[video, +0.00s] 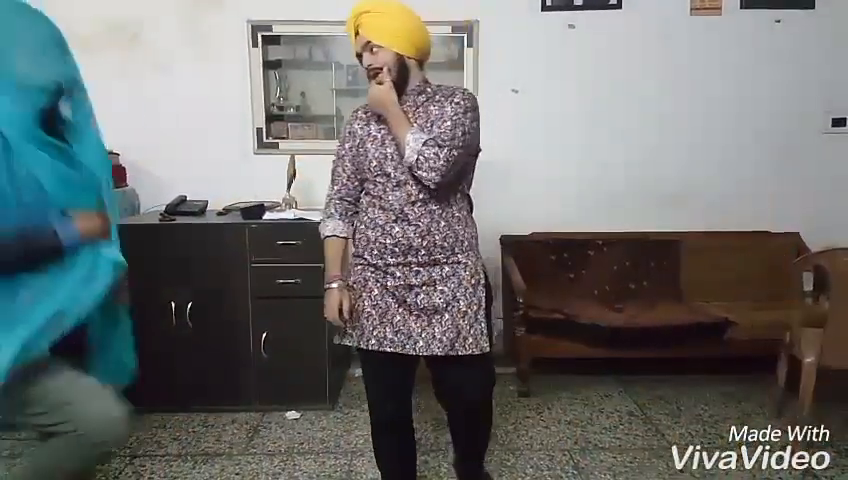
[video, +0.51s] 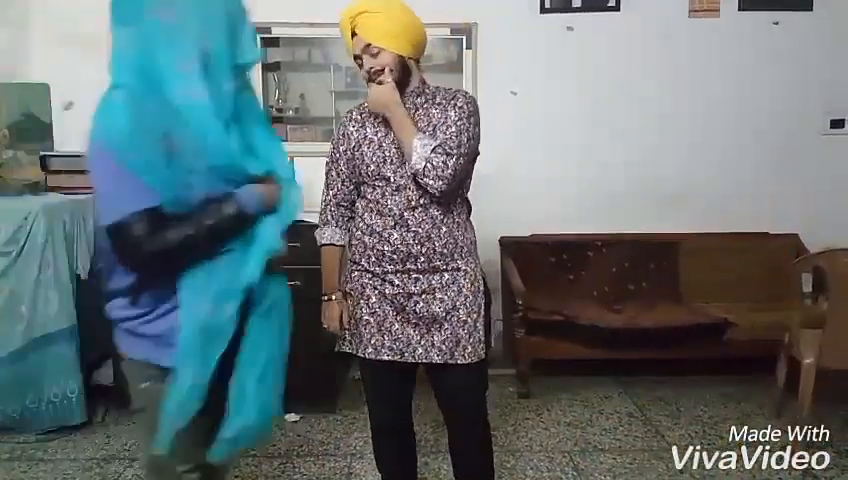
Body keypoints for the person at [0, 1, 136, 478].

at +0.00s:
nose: (59, 104)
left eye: (60, 90)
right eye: (44, 91)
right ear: (13, 86)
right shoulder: (9, 154)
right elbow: (7, 249)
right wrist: (67, 231)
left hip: (17, 346)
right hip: (8, 351)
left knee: (100, 419)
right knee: (100, 420)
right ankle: (15, 468)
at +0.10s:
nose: (96, 117)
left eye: (97, 100)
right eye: (80, 101)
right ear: (29, 100)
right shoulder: (9, 170)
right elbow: (6, 290)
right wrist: (91, 265)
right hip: (12, 353)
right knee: (146, 419)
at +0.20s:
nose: (120, 75)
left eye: (123, 61)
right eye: (105, 58)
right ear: (60, 50)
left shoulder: (118, 113)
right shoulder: (16, 117)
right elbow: (15, 260)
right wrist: (119, 232)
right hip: (27, 335)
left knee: (92, 457)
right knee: (151, 444)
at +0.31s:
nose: (147, 37)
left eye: (145, 22)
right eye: (130, 23)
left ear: (146, 25)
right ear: (89, 28)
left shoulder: (159, 107)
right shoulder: (34, 119)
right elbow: (53, 245)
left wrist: (201, 232)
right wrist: (158, 198)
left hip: (160, 316)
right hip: (86, 323)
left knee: (101, 447)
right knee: (142, 454)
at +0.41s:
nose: (179, 59)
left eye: (178, 41)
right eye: (162, 43)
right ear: (119, 43)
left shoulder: (179, 113)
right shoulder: (71, 128)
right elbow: (97, 253)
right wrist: (199, 204)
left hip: (184, 320)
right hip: (122, 332)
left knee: (155, 447)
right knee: (154, 459)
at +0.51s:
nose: (233, 51)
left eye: (231, 34)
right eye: (217, 35)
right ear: (173, 36)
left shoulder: (229, 108)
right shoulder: (125, 116)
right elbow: (143, 247)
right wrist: (249, 201)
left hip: (223, 331)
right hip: (160, 340)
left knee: (214, 460)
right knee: (171, 465)